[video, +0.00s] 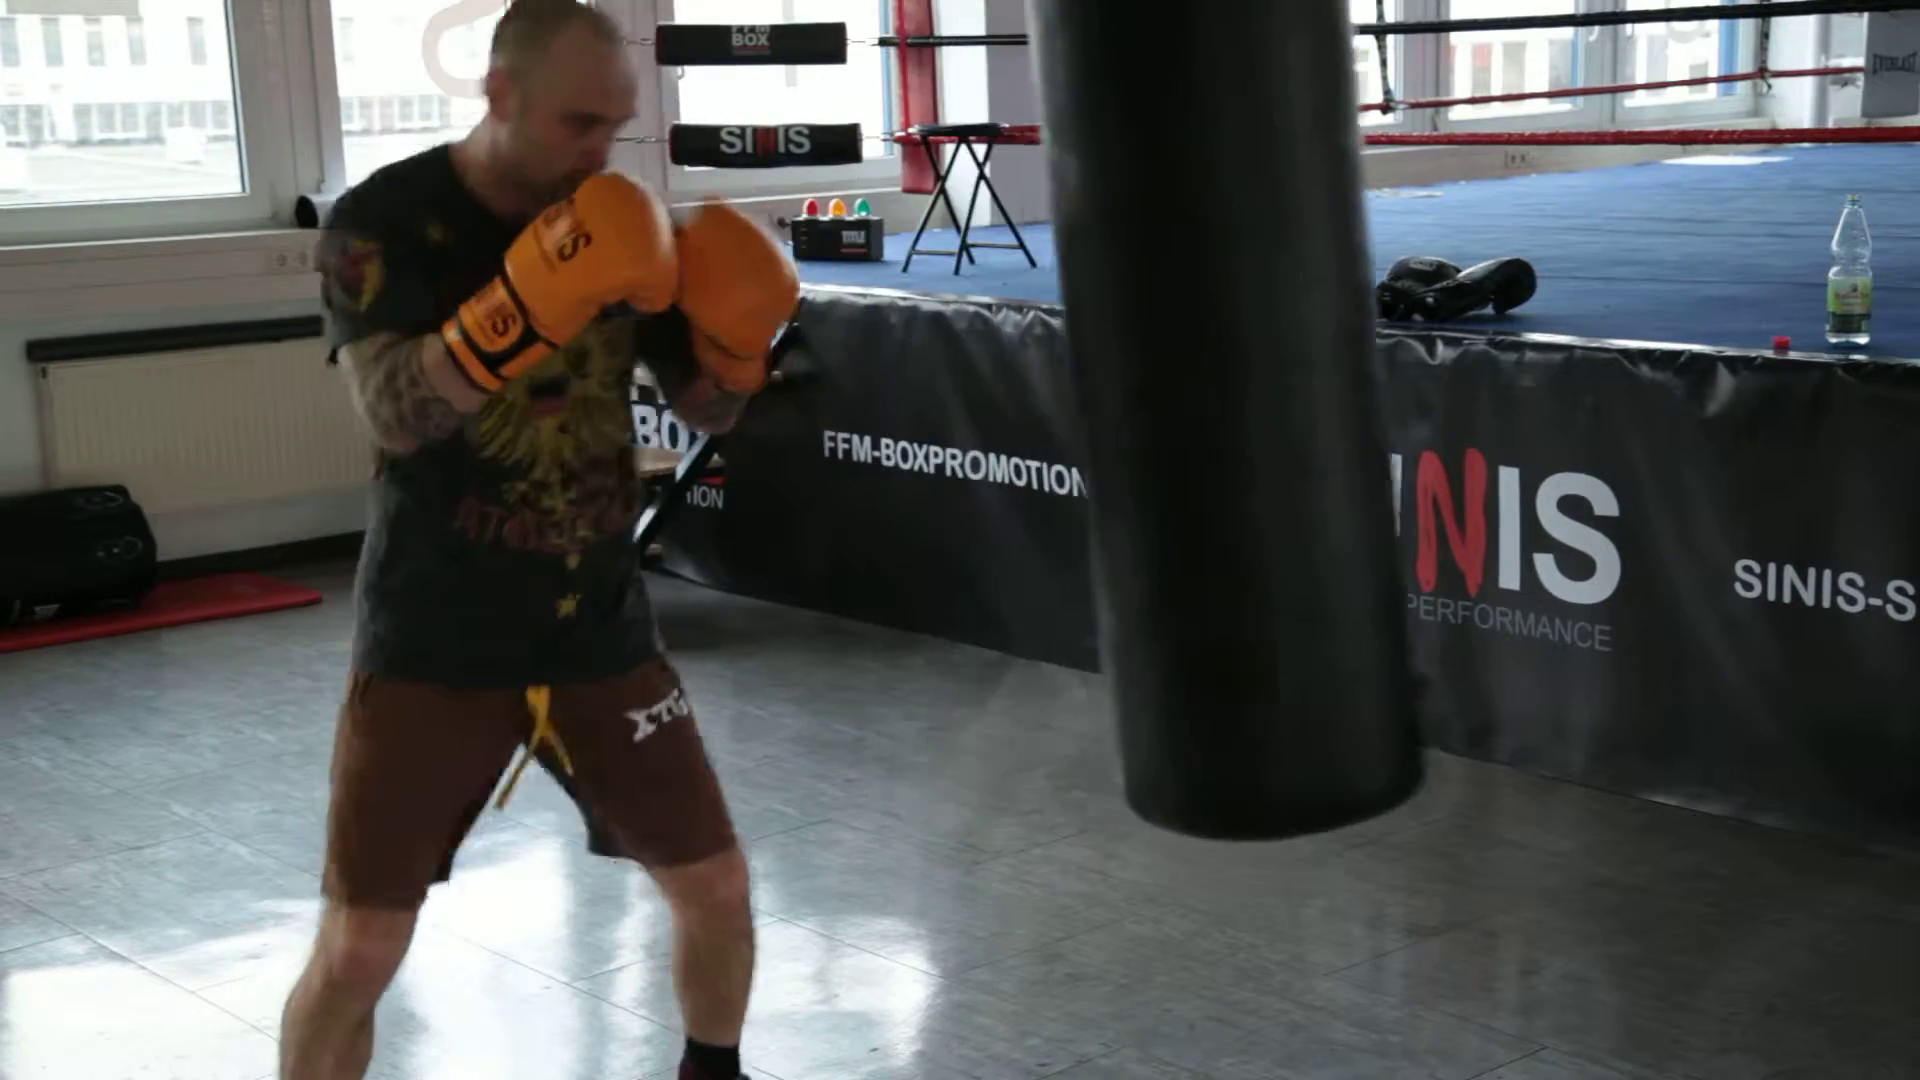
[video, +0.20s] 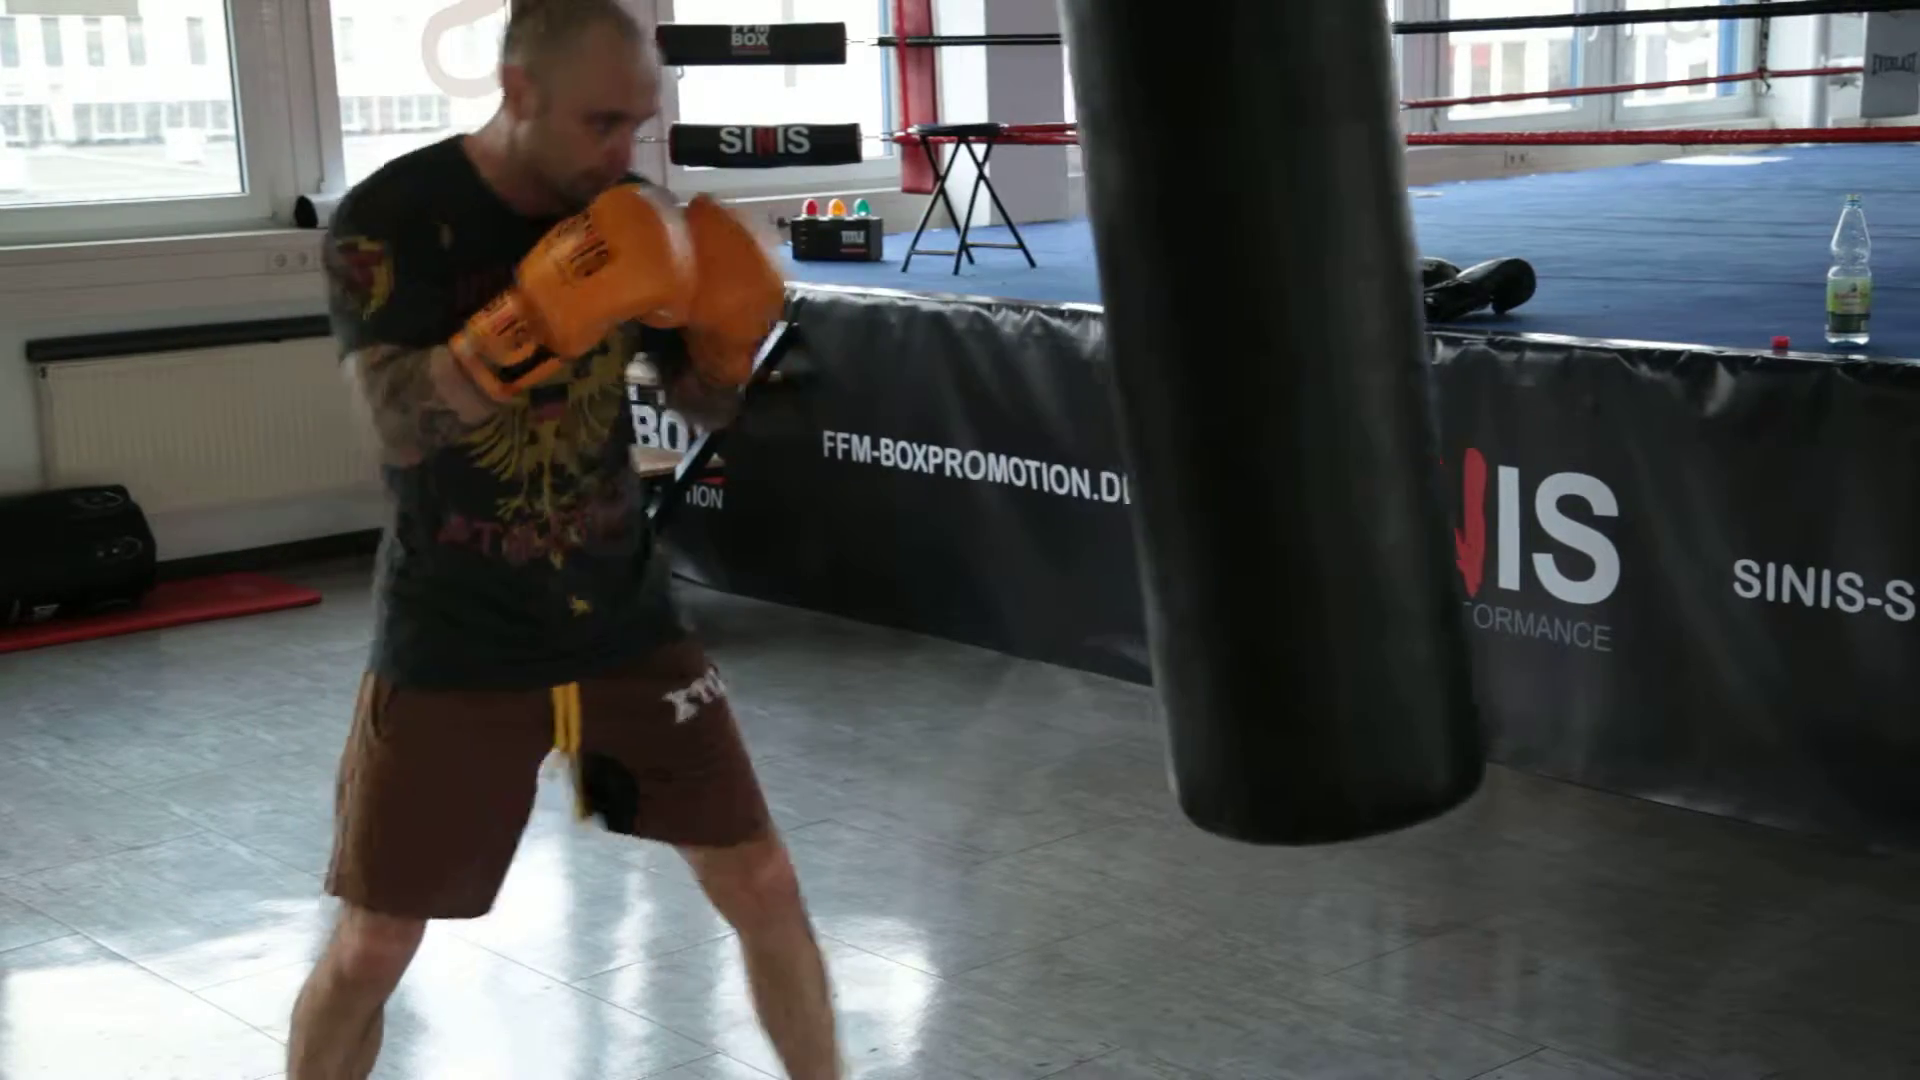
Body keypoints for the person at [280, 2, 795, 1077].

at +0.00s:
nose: (605, 149)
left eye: (617, 124)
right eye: (584, 123)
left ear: (625, 112)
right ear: (503, 94)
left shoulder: (607, 227)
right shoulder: (380, 219)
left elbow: (704, 407)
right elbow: (391, 415)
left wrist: (737, 341)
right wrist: (530, 301)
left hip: (597, 624)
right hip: (434, 637)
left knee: (717, 888)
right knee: (360, 951)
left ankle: (712, 1071)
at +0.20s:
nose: (629, 152)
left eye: (643, 122)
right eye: (606, 123)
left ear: (653, 102)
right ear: (518, 93)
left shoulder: (615, 218)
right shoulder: (387, 220)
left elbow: (701, 403)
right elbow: (396, 427)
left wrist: (728, 334)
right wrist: (540, 315)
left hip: (622, 611)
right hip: (456, 633)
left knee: (761, 885)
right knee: (371, 952)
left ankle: (825, 1075)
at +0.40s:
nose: (751, 182)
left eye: (763, 155)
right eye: (729, 153)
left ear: (774, 141)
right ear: (647, 127)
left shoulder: (760, 253)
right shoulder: (518, 248)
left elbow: (823, 465)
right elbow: (460, 472)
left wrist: (844, 363)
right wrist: (579, 373)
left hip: (725, 658)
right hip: (552, 671)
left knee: (864, 919)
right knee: (421, 974)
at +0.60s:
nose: (858, 203)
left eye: (871, 178)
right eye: (845, 171)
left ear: (772, 133)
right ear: (762, 129)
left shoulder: (750, 241)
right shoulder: (636, 220)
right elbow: (773, 362)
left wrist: (869, 329)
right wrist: (930, 314)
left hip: (722, 629)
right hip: (588, 649)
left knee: (855, 897)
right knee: (479, 987)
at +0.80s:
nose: (806, 209)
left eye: (824, 185)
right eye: (792, 179)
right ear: (710, 136)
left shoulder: (795, 246)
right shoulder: (553, 231)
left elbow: (940, 313)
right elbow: (526, 440)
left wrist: (1049, 290)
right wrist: (698, 346)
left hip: (702, 652)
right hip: (532, 665)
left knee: (835, 919)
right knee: (420, 972)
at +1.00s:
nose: (686, 212)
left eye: (700, 188)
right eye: (671, 183)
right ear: (587, 148)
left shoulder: (662, 259)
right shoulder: (440, 264)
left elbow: (744, 425)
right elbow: (450, 465)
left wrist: (803, 387)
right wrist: (595, 337)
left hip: (655, 665)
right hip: (493, 683)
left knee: (809, 911)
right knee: (392, 997)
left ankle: (879, 1079)